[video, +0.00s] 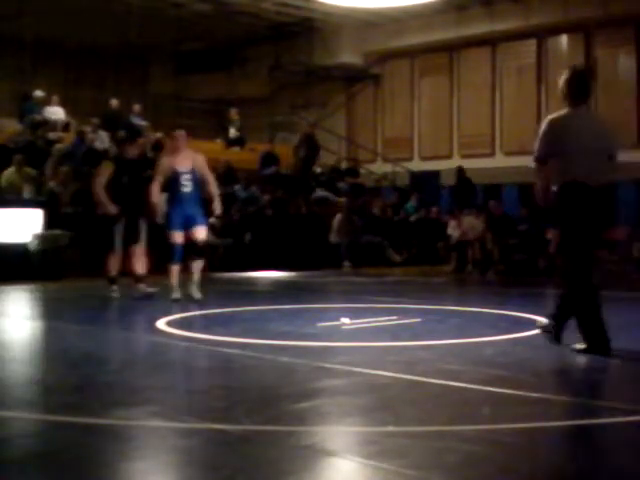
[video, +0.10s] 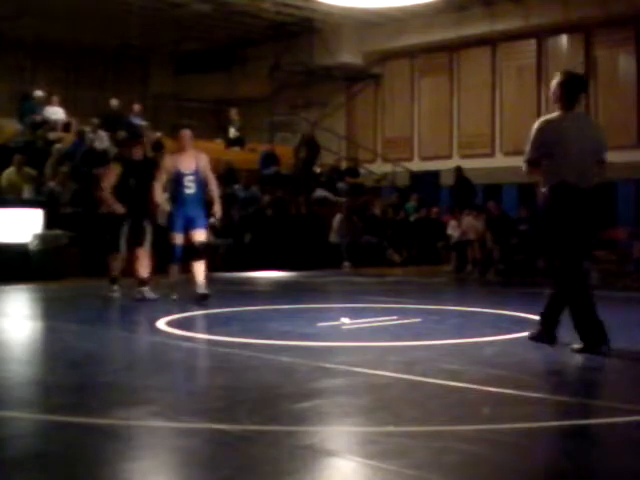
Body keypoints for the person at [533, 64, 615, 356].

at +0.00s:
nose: (562, 91)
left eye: (564, 86)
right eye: (571, 86)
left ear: (564, 90)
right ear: (590, 91)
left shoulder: (555, 124)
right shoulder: (600, 125)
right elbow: (610, 163)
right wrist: (607, 193)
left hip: (567, 200)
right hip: (598, 200)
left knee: (578, 269)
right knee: (576, 266)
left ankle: (596, 339)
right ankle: (556, 324)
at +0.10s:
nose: (550, 92)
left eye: (553, 88)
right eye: (552, 87)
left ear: (559, 94)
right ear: (580, 95)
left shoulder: (546, 126)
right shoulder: (591, 126)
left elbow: (531, 165)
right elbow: (601, 162)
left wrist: (557, 167)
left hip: (557, 204)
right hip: (588, 202)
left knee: (570, 270)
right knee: (567, 269)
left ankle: (594, 338)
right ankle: (547, 328)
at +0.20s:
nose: (542, 89)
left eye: (546, 85)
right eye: (546, 84)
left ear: (550, 92)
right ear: (570, 95)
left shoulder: (537, 125)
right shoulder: (578, 128)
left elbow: (522, 161)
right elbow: (588, 163)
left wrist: (541, 172)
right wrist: (564, 170)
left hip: (545, 200)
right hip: (573, 199)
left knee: (548, 263)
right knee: (558, 263)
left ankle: (578, 317)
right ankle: (547, 326)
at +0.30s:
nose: (534, 89)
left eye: (538, 85)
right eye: (537, 84)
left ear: (544, 92)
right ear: (561, 94)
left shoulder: (532, 122)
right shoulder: (568, 124)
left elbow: (517, 158)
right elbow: (579, 155)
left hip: (539, 197)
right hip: (565, 196)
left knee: (534, 256)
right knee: (556, 258)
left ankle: (553, 310)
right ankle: (547, 326)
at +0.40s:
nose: (527, 91)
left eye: (530, 87)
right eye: (530, 86)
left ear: (534, 91)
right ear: (554, 93)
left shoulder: (525, 122)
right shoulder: (563, 126)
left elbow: (512, 156)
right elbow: (564, 159)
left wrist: (523, 165)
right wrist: (534, 161)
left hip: (531, 194)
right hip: (558, 194)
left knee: (517, 256)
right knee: (552, 261)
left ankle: (523, 318)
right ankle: (546, 328)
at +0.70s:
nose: (494, 98)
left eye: (496, 94)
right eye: (496, 93)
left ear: (501, 97)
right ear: (521, 99)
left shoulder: (494, 129)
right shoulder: (535, 131)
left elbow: (482, 163)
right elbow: (540, 164)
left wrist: (499, 170)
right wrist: (512, 167)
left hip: (502, 199)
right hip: (530, 200)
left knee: (494, 261)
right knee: (534, 264)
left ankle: (489, 325)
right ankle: (543, 328)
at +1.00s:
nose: (471, 101)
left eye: (472, 97)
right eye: (472, 96)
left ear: (476, 100)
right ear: (497, 100)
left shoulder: (469, 131)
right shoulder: (513, 131)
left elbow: (454, 165)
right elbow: (525, 162)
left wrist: (470, 166)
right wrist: (503, 163)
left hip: (481, 199)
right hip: (509, 200)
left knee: (483, 260)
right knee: (504, 259)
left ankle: (487, 325)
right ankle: (500, 322)